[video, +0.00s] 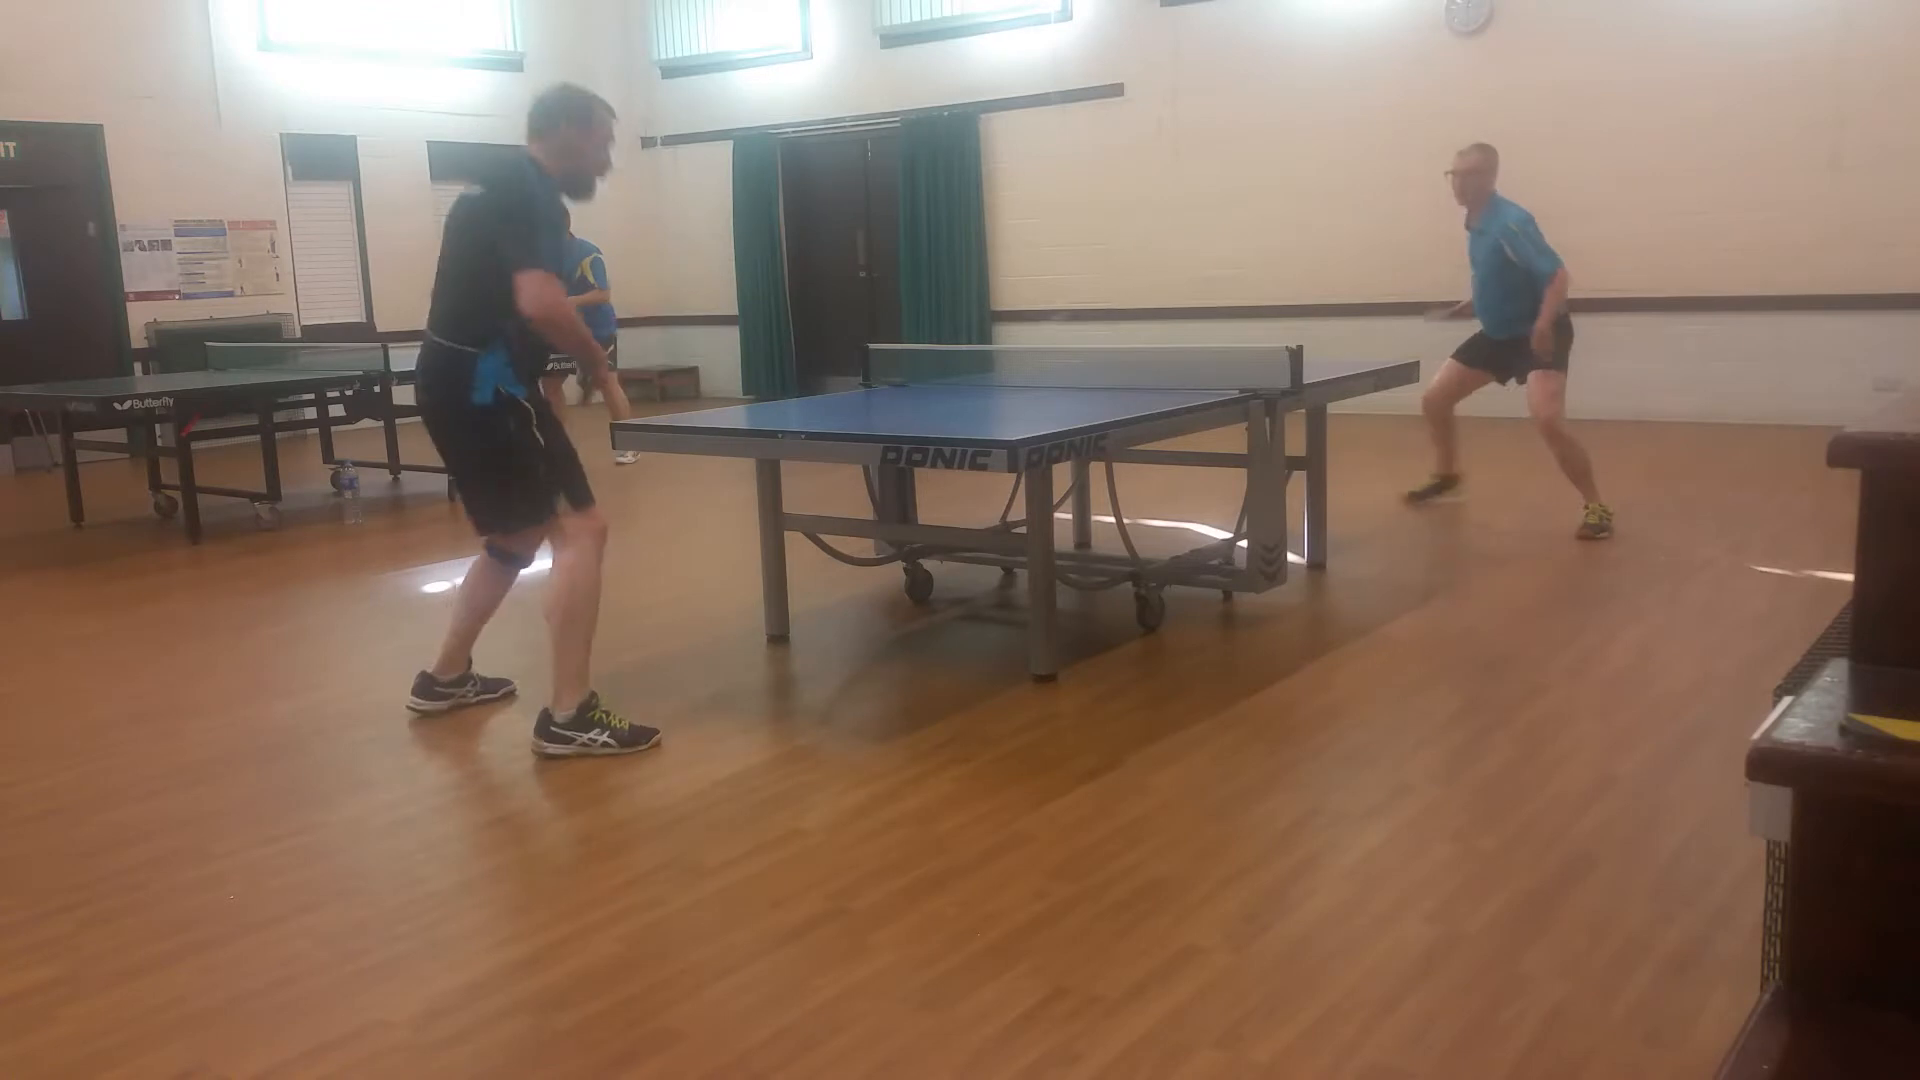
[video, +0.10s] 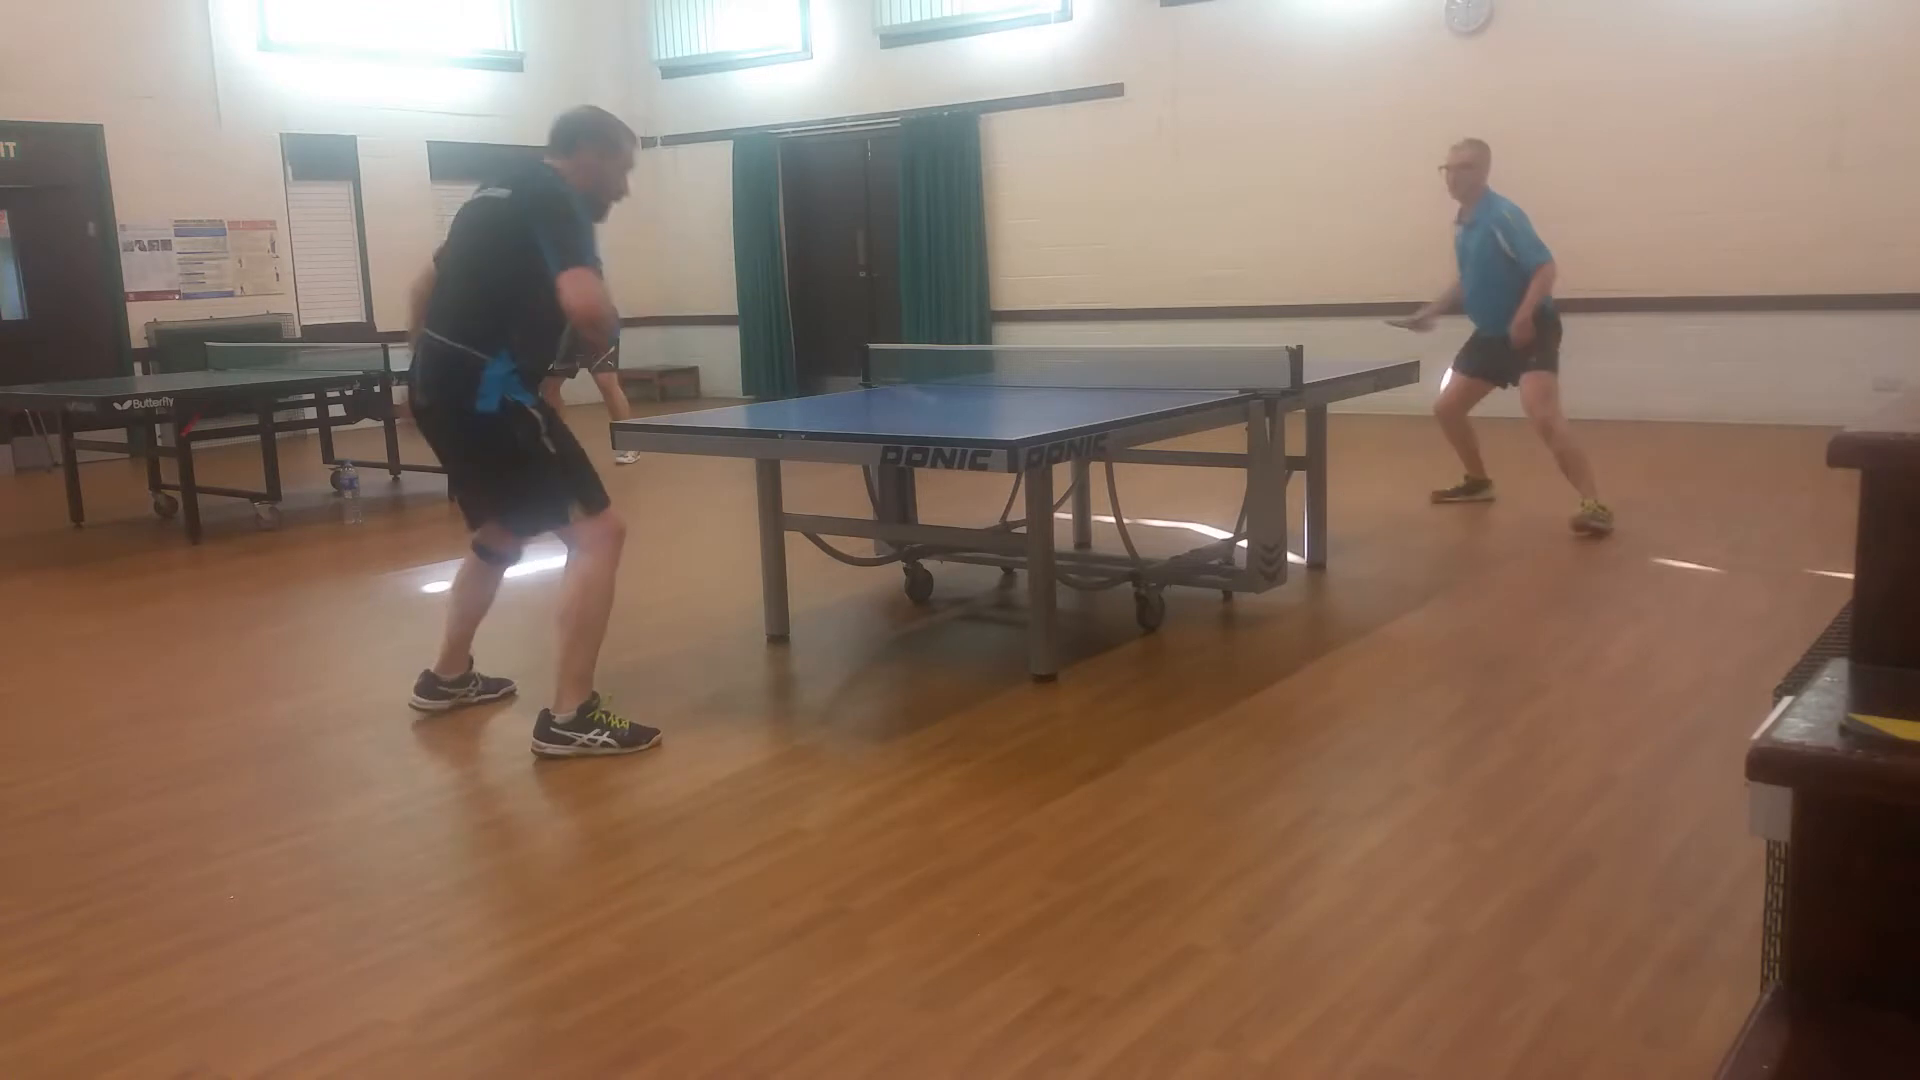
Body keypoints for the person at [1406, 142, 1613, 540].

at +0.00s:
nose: (1454, 183)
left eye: (1462, 176)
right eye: (1453, 176)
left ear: (1486, 179)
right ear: (1459, 179)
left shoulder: (1513, 223)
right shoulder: (1476, 220)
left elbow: (1559, 277)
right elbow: (1500, 277)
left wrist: (1544, 325)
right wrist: (1472, 306)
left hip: (1541, 333)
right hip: (1497, 335)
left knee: (1546, 419)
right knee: (1435, 400)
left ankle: (1595, 506)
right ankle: (1447, 475)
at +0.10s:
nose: (1450, 177)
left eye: (1459, 170)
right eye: (1447, 170)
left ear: (1481, 173)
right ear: (1447, 174)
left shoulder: (1504, 215)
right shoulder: (1465, 221)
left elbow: (1545, 269)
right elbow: (1471, 282)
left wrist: (1524, 316)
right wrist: (1434, 309)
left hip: (1532, 329)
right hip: (1490, 334)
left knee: (1543, 415)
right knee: (1448, 409)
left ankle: (1593, 504)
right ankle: (1477, 481)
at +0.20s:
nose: (1438, 170)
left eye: (1447, 162)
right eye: (1436, 163)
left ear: (1469, 166)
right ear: (1434, 168)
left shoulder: (1487, 207)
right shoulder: (1448, 218)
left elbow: (1528, 257)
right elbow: (1432, 276)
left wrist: (1511, 303)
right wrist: (1398, 302)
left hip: (1517, 322)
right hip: (1479, 329)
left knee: (1531, 412)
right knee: (1446, 404)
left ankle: (1585, 498)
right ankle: (1477, 480)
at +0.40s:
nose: (1414, 156)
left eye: (1421, 148)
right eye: (1413, 149)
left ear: (1444, 149)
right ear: (1425, 153)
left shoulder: (1469, 188)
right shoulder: (1436, 199)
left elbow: (1500, 237)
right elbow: (1425, 266)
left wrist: (1473, 290)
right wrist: (1388, 287)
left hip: (1494, 305)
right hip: (1457, 310)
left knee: (1484, 405)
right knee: (1428, 391)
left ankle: (1549, 471)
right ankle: (1461, 469)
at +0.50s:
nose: (1403, 168)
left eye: (1411, 160)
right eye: (1401, 161)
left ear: (1432, 162)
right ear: (1403, 165)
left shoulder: (1453, 201)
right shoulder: (1428, 208)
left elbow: (1473, 256)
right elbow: (1427, 272)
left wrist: (1440, 306)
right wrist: (1388, 298)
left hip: (1484, 312)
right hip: (1454, 315)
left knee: (1484, 412)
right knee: (1412, 389)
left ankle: (1554, 475)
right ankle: (1414, 474)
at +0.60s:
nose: (1379, 183)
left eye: (1385, 175)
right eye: (1378, 176)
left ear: (1408, 174)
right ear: (1398, 177)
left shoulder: (1428, 212)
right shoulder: (1411, 216)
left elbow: (1440, 270)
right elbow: (1417, 282)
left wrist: (1405, 315)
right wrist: (1377, 310)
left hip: (1471, 318)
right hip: (1443, 320)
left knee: (1454, 421)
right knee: (1400, 393)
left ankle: (1535, 468)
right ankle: (1408, 477)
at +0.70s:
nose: (1361, 191)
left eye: (1367, 183)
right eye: (1360, 184)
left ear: (1390, 181)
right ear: (1384, 185)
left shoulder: (1411, 216)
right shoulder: (1399, 220)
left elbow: (1416, 277)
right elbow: (1409, 281)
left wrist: (1380, 315)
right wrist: (1375, 309)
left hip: (1461, 316)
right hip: (1439, 319)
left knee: (1418, 408)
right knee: (1393, 394)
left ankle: (1499, 468)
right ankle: (1409, 476)